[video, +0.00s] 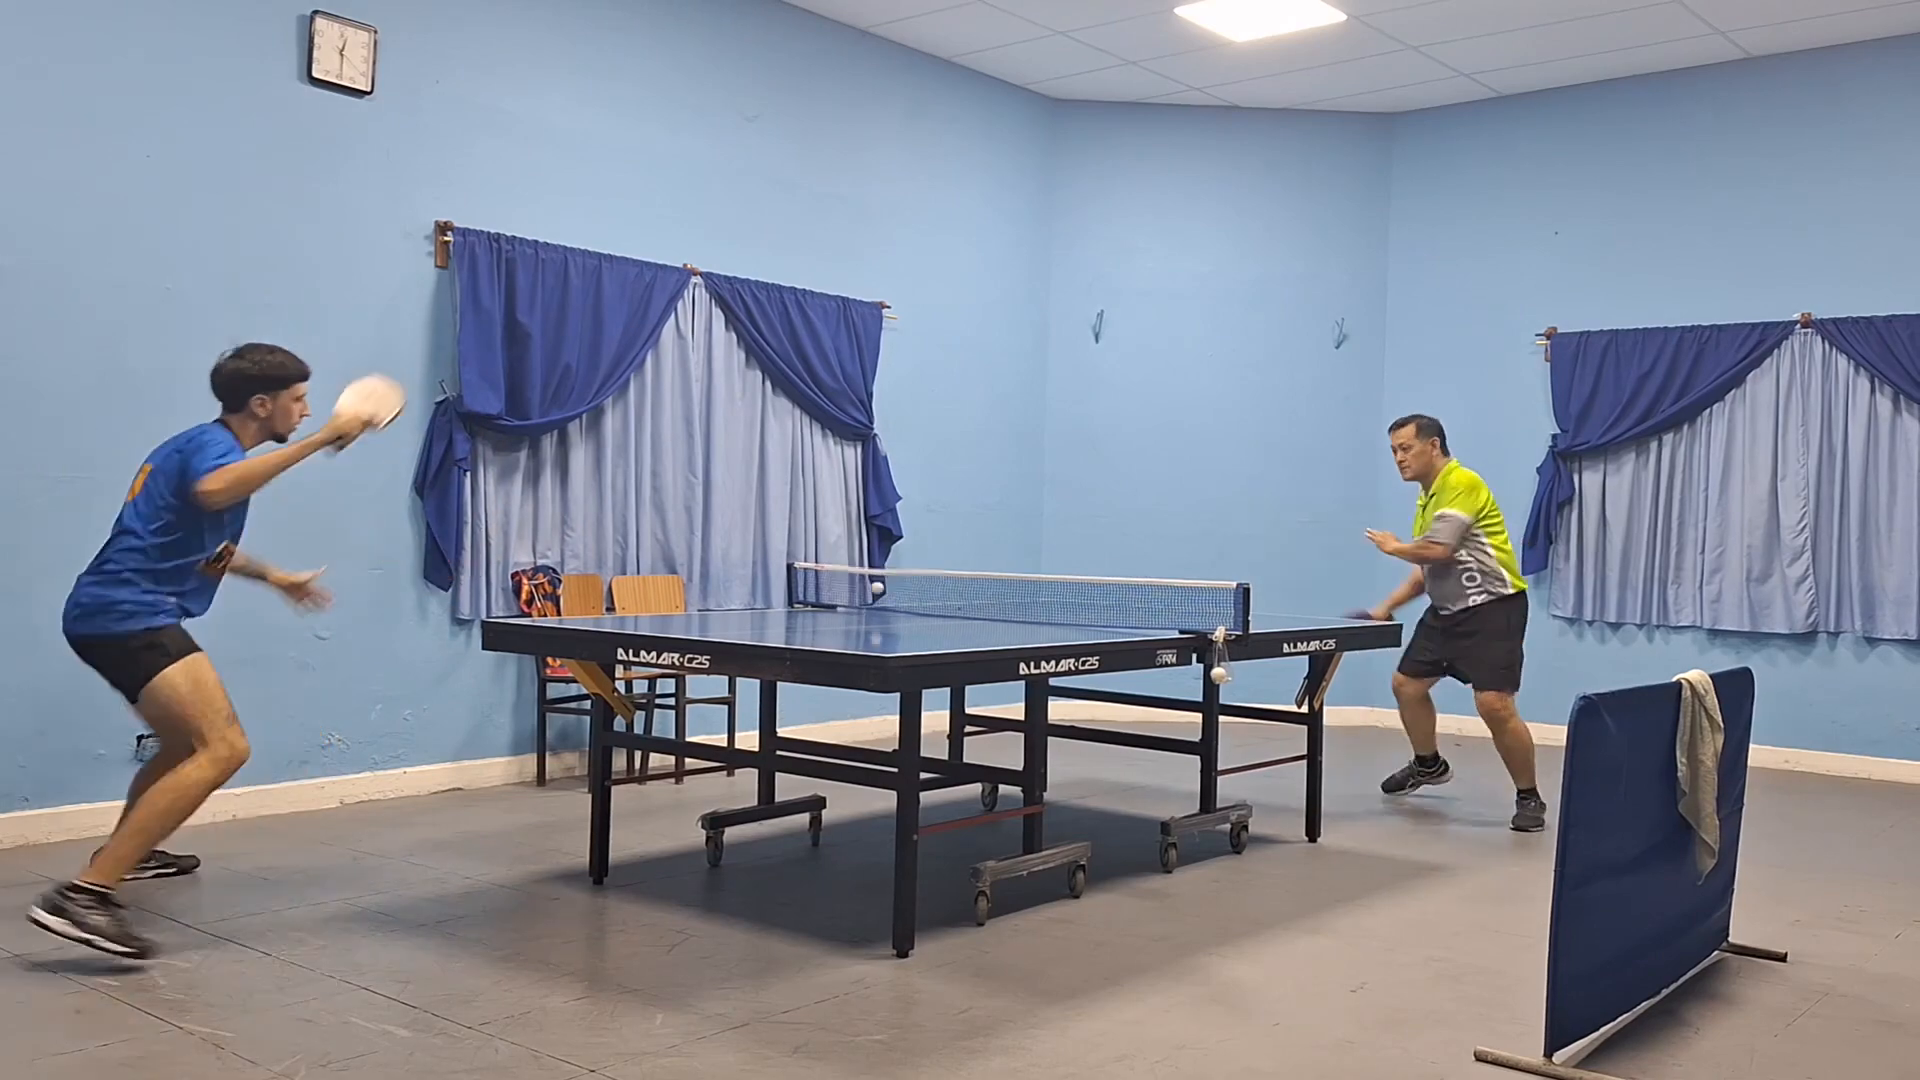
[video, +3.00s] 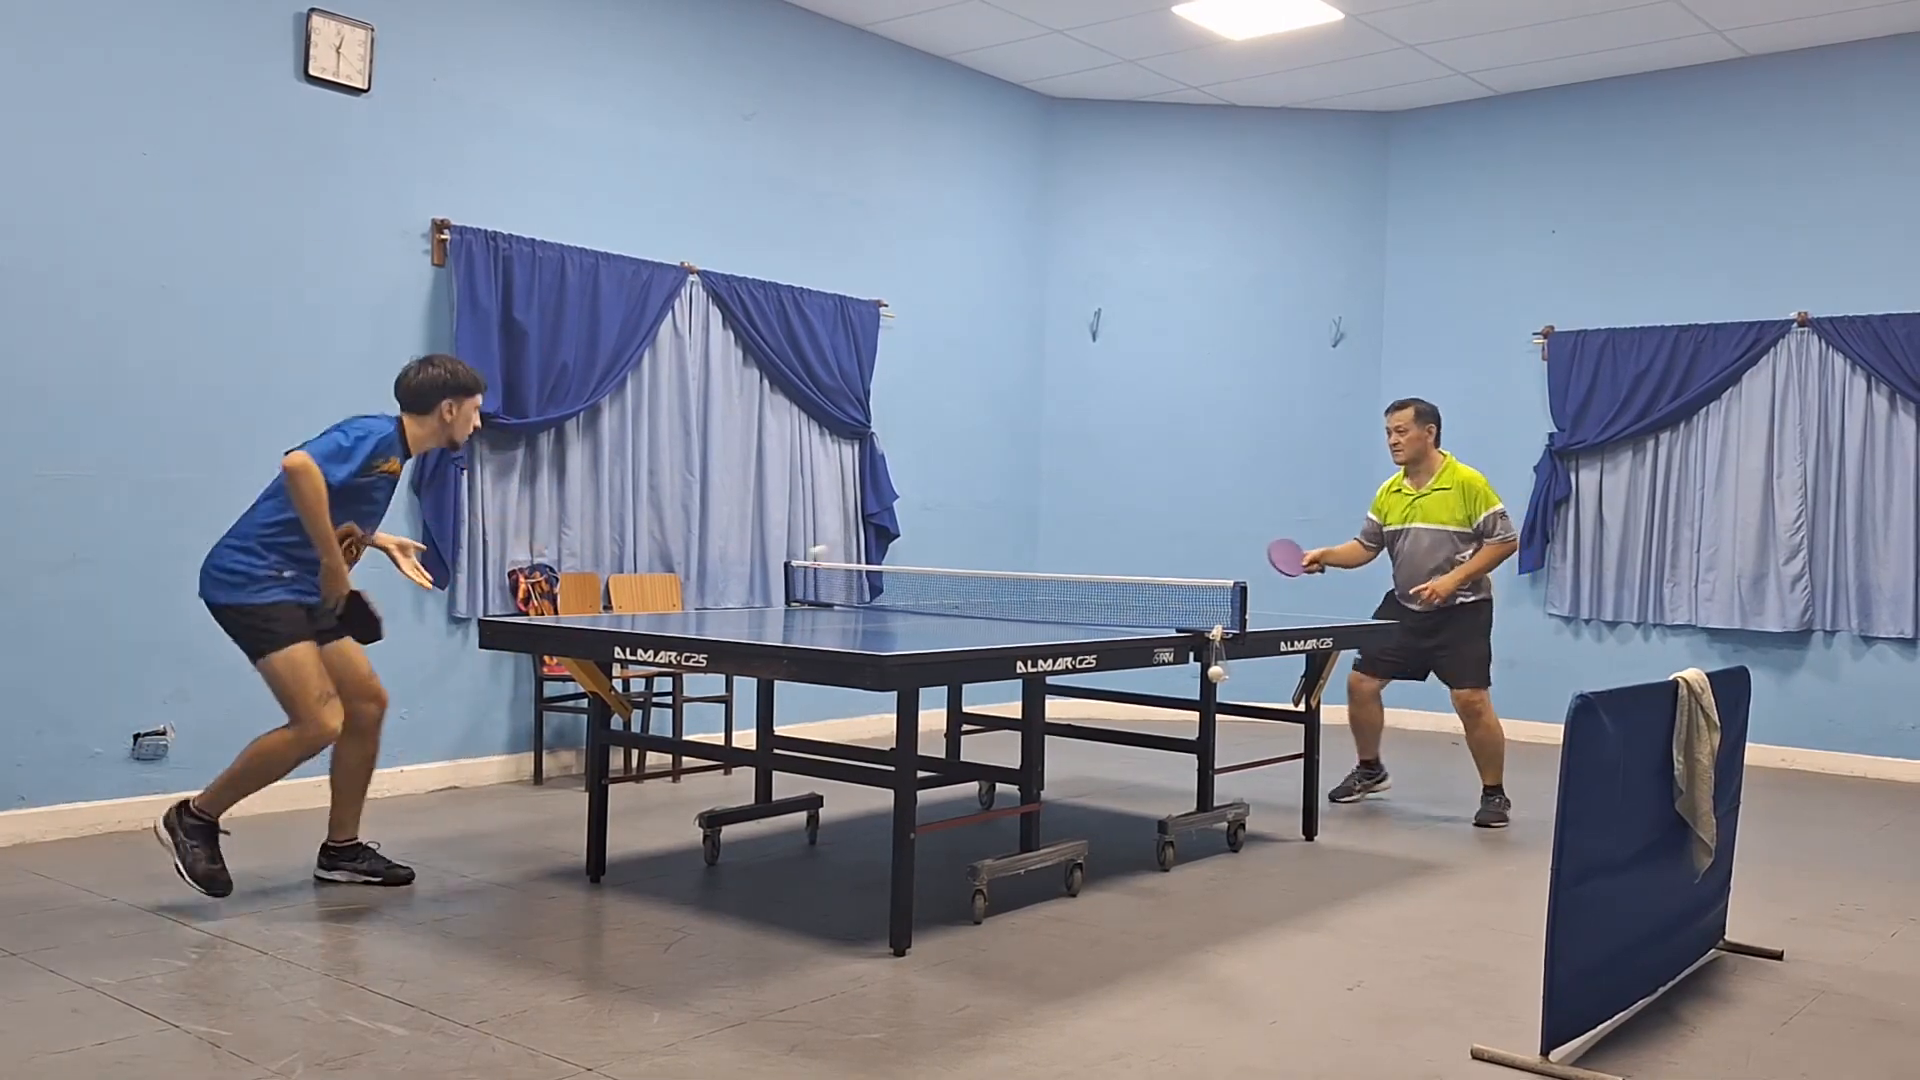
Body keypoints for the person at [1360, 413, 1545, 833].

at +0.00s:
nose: (1399, 458)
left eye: (1405, 449)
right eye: (1395, 452)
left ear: (1433, 446)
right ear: (1395, 457)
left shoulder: (1462, 482)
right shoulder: (1426, 500)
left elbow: (1441, 549)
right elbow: (1426, 571)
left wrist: (1395, 548)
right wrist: (1386, 608)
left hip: (1494, 607)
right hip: (1446, 611)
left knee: (1494, 705)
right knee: (1407, 685)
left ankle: (1528, 797)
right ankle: (1428, 763)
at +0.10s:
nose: (1390, 473)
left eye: (1396, 464)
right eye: (1387, 467)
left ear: (1424, 460)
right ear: (1424, 464)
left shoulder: (1444, 493)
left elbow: (1397, 553)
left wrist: (1362, 563)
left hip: (1491, 611)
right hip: (1457, 617)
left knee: (1477, 708)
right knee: (1424, 695)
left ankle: (1528, 798)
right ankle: (1434, 775)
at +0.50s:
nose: (1373, 456)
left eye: (1379, 448)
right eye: (1370, 451)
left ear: (1405, 445)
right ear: (1388, 453)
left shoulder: (1432, 480)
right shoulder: (1406, 495)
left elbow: (1456, 535)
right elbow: (1438, 547)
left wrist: (1420, 584)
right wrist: (1431, 592)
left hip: (1478, 591)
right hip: (1439, 601)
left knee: (1497, 684)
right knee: (1416, 681)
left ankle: (1531, 784)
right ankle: (1431, 772)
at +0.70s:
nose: (1407, 434)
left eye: (1415, 426)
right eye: (1403, 427)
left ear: (1442, 430)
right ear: (1403, 433)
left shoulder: (1464, 469)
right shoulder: (1414, 485)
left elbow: (1484, 520)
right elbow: (1407, 539)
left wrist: (1433, 548)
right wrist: (1372, 571)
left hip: (1485, 591)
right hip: (1437, 596)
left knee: (1496, 683)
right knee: (1431, 680)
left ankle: (1518, 771)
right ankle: (1433, 771)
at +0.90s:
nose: (1451, 429)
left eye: (1461, 422)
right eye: (1447, 422)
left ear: (1485, 429)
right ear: (1444, 426)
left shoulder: (1503, 473)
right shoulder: (1437, 476)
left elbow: (1473, 526)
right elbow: (1399, 514)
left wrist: (1427, 499)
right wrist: (1356, 539)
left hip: (1499, 598)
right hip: (1448, 597)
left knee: (1507, 688)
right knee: (1441, 683)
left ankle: (1514, 775)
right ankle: (1433, 770)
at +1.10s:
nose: (1408, 472)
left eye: (1416, 463)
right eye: (1402, 464)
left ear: (1443, 462)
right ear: (1398, 466)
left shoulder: (1481, 499)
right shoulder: (1407, 510)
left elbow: (1532, 547)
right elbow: (1391, 565)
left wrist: (1486, 592)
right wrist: (1361, 584)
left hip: (1502, 604)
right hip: (1446, 606)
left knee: (1496, 687)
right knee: (1422, 687)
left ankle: (1508, 795)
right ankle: (1435, 772)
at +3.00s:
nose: (1392, 439)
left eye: (1400, 431)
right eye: (1389, 433)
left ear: (1430, 433)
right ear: (1389, 438)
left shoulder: (1467, 483)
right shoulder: (1390, 491)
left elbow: (1505, 540)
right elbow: (1365, 547)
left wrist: (1453, 579)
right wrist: (1325, 555)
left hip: (1461, 612)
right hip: (1404, 610)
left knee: (1470, 700)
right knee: (1361, 684)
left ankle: (1493, 793)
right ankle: (1370, 769)